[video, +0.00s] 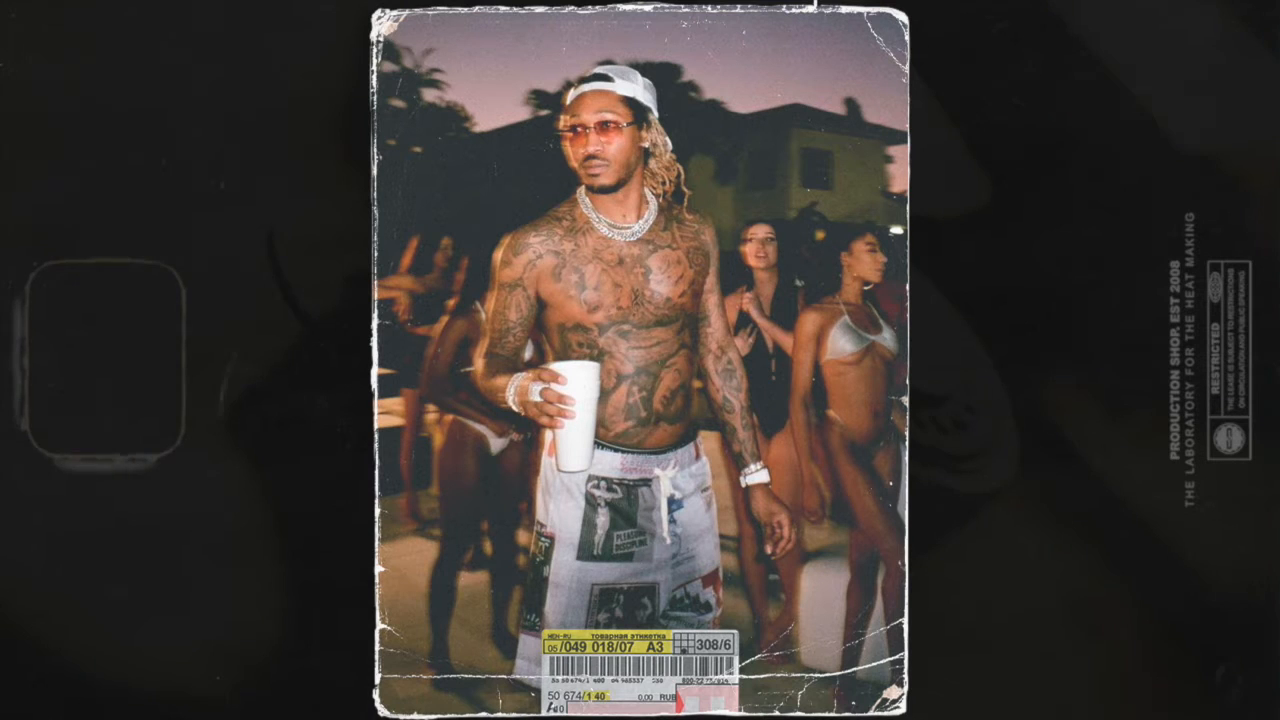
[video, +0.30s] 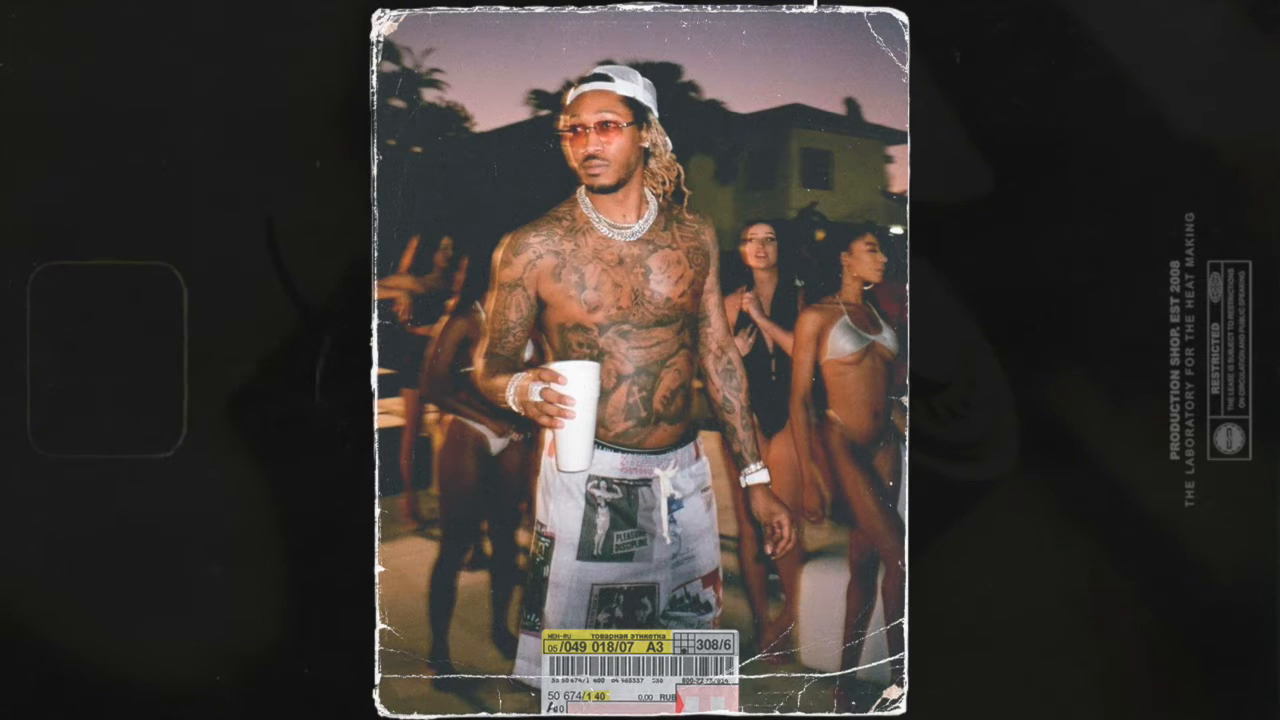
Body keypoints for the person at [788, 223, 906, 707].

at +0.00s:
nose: (882, 259)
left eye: (881, 251)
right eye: (871, 251)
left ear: (870, 262)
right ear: (844, 259)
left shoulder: (877, 315)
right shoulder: (818, 317)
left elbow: (885, 393)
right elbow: (798, 403)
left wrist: (899, 444)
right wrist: (814, 479)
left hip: (881, 448)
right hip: (838, 449)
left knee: (863, 564)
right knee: (898, 553)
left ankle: (846, 673)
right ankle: (902, 671)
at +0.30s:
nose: (882, 259)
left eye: (881, 251)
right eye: (871, 251)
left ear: (870, 262)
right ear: (844, 259)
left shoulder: (877, 315)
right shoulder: (817, 317)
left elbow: (885, 393)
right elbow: (798, 404)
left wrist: (899, 445)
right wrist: (814, 479)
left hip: (881, 448)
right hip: (838, 449)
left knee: (863, 564)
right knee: (898, 553)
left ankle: (846, 673)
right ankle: (902, 671)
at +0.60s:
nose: (882, 259)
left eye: (881, 250)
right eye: (871, 251)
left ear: (870, 261)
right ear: (844, 259)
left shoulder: (877, 315)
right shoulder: (818, 317)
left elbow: (885, 394)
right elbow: (799, 403)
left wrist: (901, 444)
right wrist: (812, 478)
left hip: (880, 448)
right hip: (838, 449)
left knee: (863, 563)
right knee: (898, 551)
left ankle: (847, 673)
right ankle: (903, 669)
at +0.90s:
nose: (882, 259)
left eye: (881, 251)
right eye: (871, 251)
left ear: (872, 262)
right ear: (844, 259)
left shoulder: (877, 314)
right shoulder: (817, 317)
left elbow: (886, 391)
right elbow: (798, 403)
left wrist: (899, 443)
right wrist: (815, 479)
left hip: (881, 448)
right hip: (838, 449)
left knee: (863, 564)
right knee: (898, 554)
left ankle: (846, 673)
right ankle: (902, 671)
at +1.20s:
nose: (882, 259)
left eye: (881, 251)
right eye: (871, 251)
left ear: (871, 262)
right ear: (844, 259)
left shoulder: (877, 315)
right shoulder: (817, 317)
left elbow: (887, 390)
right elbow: (798, 403)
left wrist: (901, 434)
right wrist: (813, 477)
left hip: (882, 447)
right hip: (838, 448)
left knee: (863, 564)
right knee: (898, 552)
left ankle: (846, 673)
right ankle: (902, 669)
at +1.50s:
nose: (882, 258)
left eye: (881, 251)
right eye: (871, 251)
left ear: (871, 262)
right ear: (844, 259)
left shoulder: (877, 315)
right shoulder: (818, 317)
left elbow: (887, 390)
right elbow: (799, 403)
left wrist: (900, 434)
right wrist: (812, 478)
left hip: (882, 447)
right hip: (838, 448)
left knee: (863, 563)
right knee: (898, 551)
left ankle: (847, 673)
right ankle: (903, 669)